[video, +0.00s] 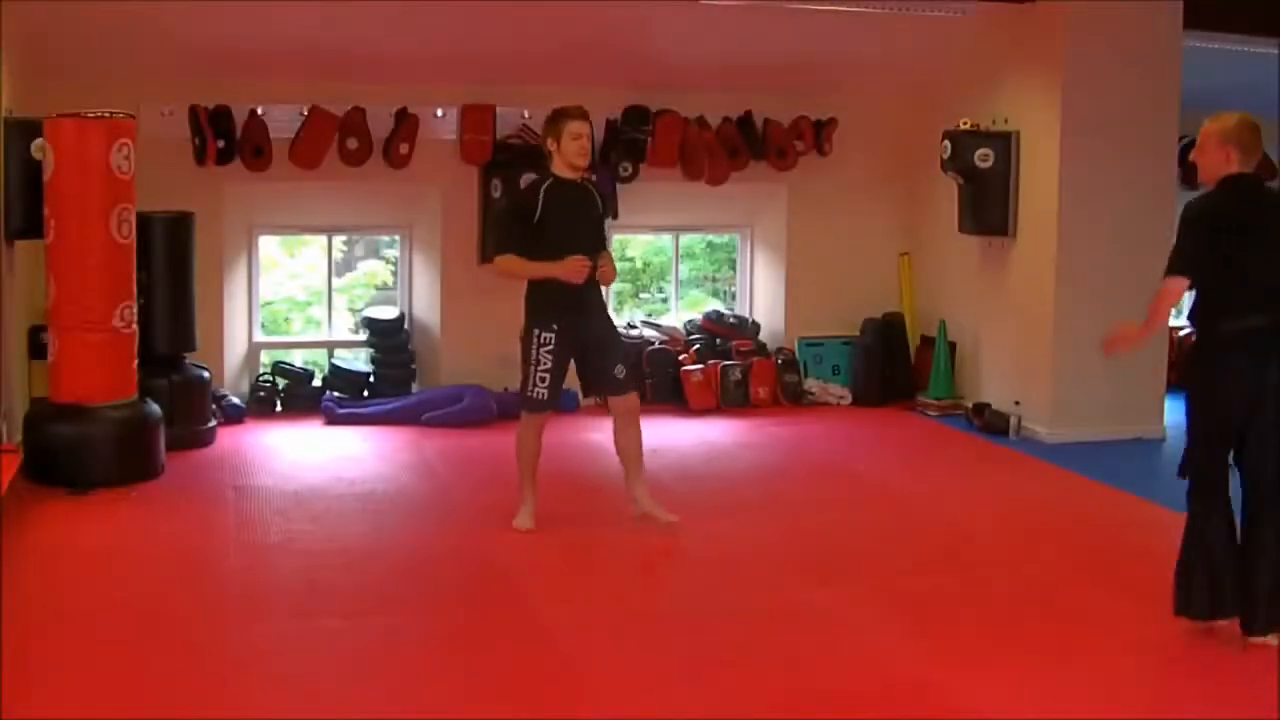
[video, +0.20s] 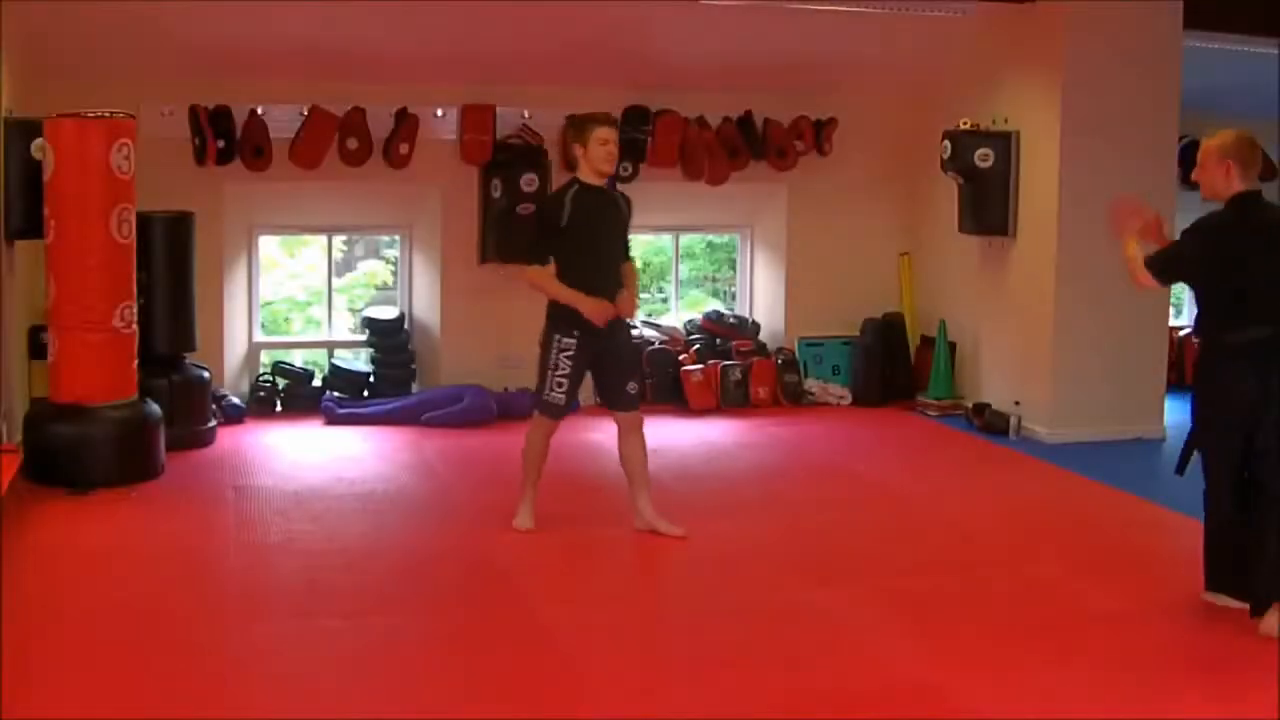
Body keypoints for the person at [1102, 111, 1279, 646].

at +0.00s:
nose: (1194, 156)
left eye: (1201, 146)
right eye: (1196, 146)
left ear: (1228, 154)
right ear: (1248, 155)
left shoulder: (1207, 209)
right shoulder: (1274, 203)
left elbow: (1176, 283)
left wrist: (1144, 330)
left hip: (1220, 358)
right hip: (1271, 359)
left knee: (1208, 471)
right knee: (1264, 478)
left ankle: (1212, 595)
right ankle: (1264, 608)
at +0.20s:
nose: (1197, 174)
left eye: (1203, 165)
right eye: (1198, 165)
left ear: (1228, 170)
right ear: (1247, 171)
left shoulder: (1216, 230)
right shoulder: (1272, 220)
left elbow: (1147, 275)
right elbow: (1215, 268)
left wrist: (1133, 237)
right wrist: (1163, 240)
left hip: (1228, 375)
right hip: (1270, 372)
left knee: (1225, 476)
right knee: (1266, 477)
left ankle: (1229, 583)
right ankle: (1269, 597)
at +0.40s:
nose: (1190, 183)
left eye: (1191, 172)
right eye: (1187, 175)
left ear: (1215, 163)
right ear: (1227, 164)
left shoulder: (1223, 212)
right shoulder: (1260, 210)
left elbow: (1148, 234)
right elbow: (1185, 231)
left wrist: (1149, 198)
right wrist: (1162, 204)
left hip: (1218, 350)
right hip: (1251, 345)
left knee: (1215, 468)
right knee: (1240, 464)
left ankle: (1234, 583)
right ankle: (1268, 556)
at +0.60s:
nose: (1162, 194)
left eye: (1163, 185)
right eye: (1160, 187)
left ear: (1181, 172)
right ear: (1191, 168)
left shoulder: (1209, 207)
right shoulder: (1231, 204)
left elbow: (1143, 237)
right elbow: (1159, 236)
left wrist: (1134, 205)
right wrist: (1146, 207)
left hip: (1213, 342)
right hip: (1219, 338)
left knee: (1213, 459)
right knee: (1201, 451)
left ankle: (1239, 583)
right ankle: (1179, 531)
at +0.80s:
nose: (1131, 212)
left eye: (1129, 204)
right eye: (1127, 207)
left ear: (1145, 186)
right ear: (1148, 180)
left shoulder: (1186, 207)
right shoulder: (1192, 201)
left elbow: (1126, 252)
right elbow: (1136, 251)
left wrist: (1105, 231)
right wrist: (1115, 230)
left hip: (1208, 343)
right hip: (1196, 338)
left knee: (1194, 451)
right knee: (1180, 442)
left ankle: (1235, 559)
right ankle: (1175, 536)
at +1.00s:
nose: (1106, 194)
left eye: (1107, 185)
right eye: (1103, 186)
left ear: (1132, 173)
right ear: (1133, 173)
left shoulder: (1166, 207)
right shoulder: (1172, 202)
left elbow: (1138, 283)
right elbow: (1197, 287)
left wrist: (1079, 311)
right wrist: (1223, 351)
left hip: (1191, 340)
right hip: (1187, 337)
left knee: (1189, 445)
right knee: (1175, 442)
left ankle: (1219, 550)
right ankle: (1178, 541)